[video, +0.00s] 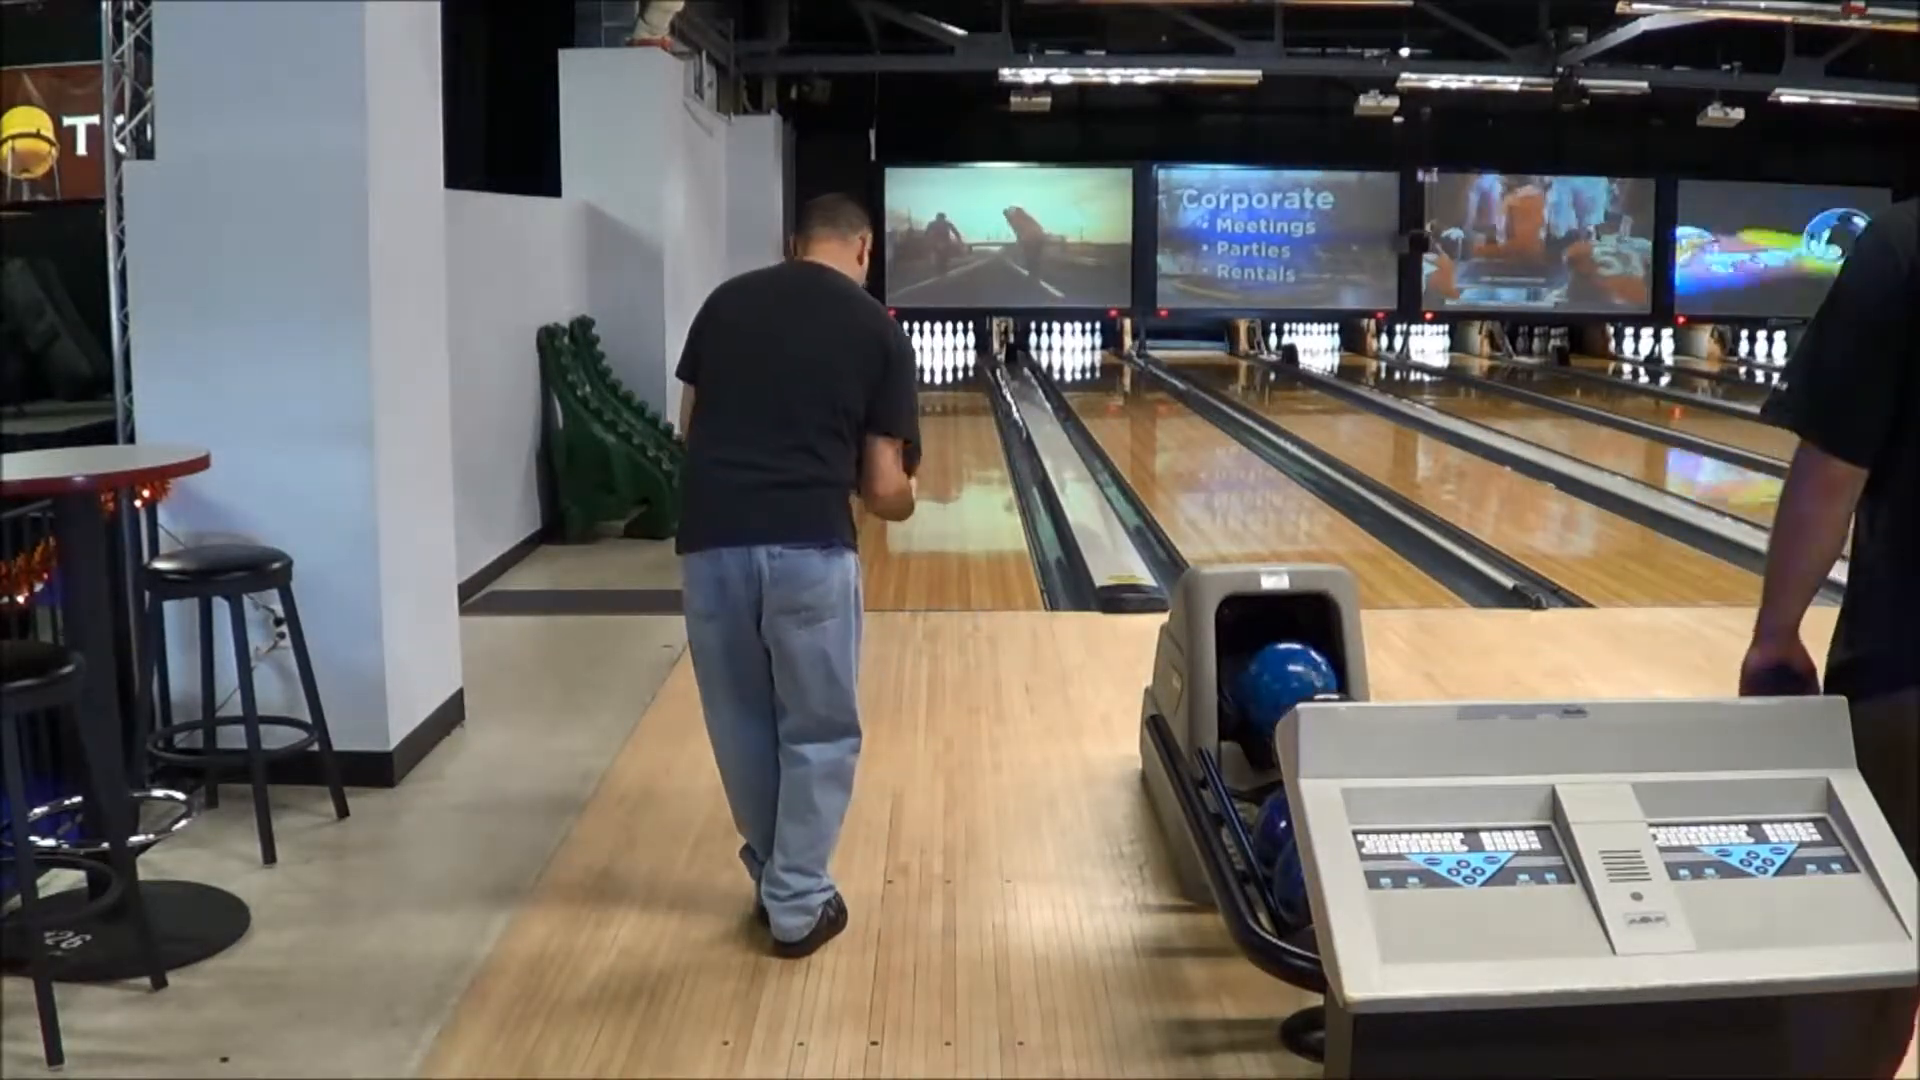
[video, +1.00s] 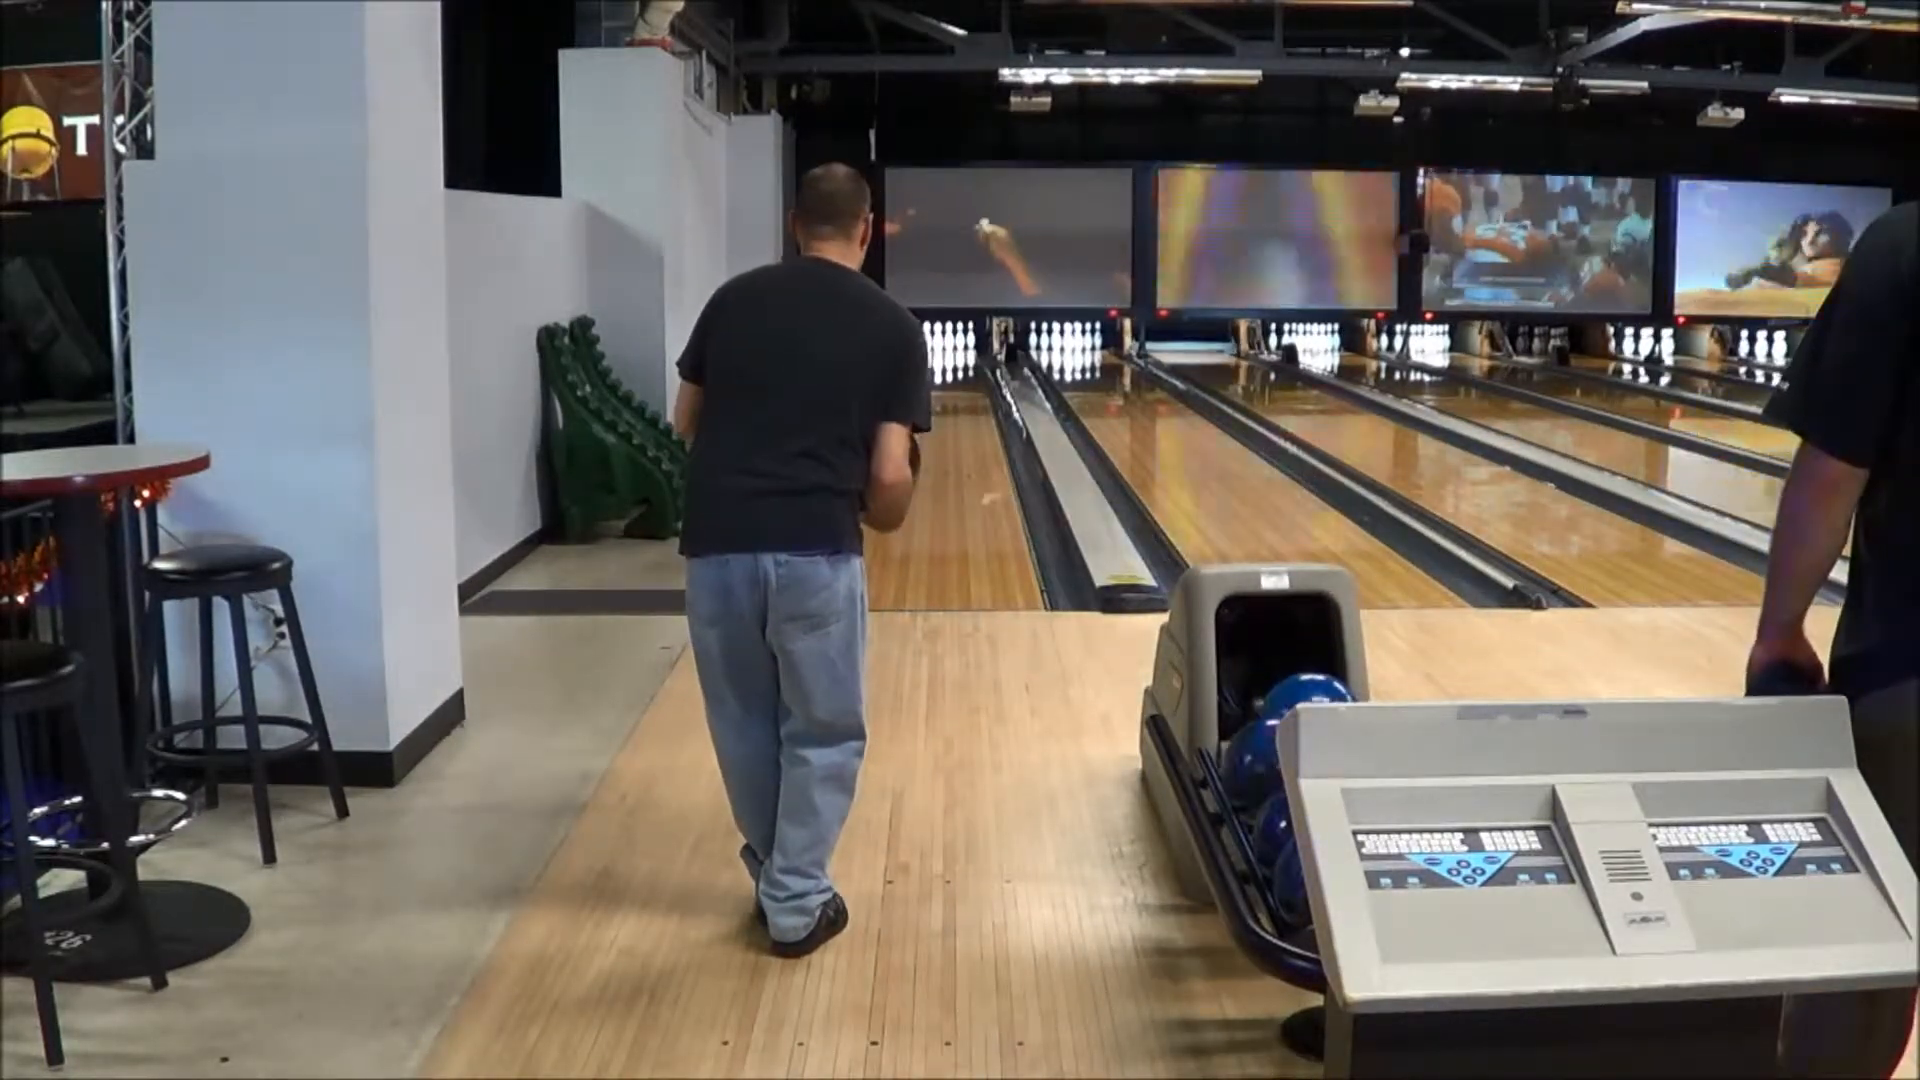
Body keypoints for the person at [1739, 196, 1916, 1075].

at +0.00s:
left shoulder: (1900, 246)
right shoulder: (1895, 247)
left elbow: (1832, 465)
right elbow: (1833, 465)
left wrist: (1776, 631)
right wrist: (1781, 632)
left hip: (1897, 673)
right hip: (1888, 666)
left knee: (1875, 941)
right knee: (1870, 939)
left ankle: (1847, 1060)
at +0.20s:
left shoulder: (1903, 250)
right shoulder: (1898, 251)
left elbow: (1837, 460)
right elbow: (1838, 460)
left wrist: (1787, 615)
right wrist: (1791, 614)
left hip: (1901, 675)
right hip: (1892, 669)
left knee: (1876, 933)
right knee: (1872, 933)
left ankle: (1841, 1062)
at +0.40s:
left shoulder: (1904, 247)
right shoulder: (1899, 248)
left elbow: (1840, 459)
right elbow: (1841, 458)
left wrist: (1795, 617)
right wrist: (1798, 617)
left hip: (1900, 673)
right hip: (1892, 665)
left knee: (1874, 926)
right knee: (1869, 928)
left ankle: (1835, 1061)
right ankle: (1838, 1057)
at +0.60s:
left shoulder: (1904, 247)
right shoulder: (1899, 248)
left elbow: (1837, 461)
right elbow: (1839, 460)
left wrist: (1788, 623)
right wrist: (1792, 622)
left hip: (1903, 670)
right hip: (1893, 663)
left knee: (1877, 922)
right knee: (1872, 921)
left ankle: (1838, 1060)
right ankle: (1839, 1055)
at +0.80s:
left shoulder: (1902, 248)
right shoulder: (1897, 249)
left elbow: (1836, 460)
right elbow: (1838, 460)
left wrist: (1785, 624)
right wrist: (1788, 623)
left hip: (1900, 672)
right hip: (1890, 665)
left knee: (1873, 925)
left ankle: (1837, 1062)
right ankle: (1837, 1057)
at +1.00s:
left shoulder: (1899, 248)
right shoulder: (1894, 249)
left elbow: (1832, 464)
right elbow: (1834, 463)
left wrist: (1780, 627)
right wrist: (1784, 627)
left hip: (1898, 669)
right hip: (1888, 663)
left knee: (1873, 918)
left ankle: (1836, 1060)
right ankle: (1835, 1055)